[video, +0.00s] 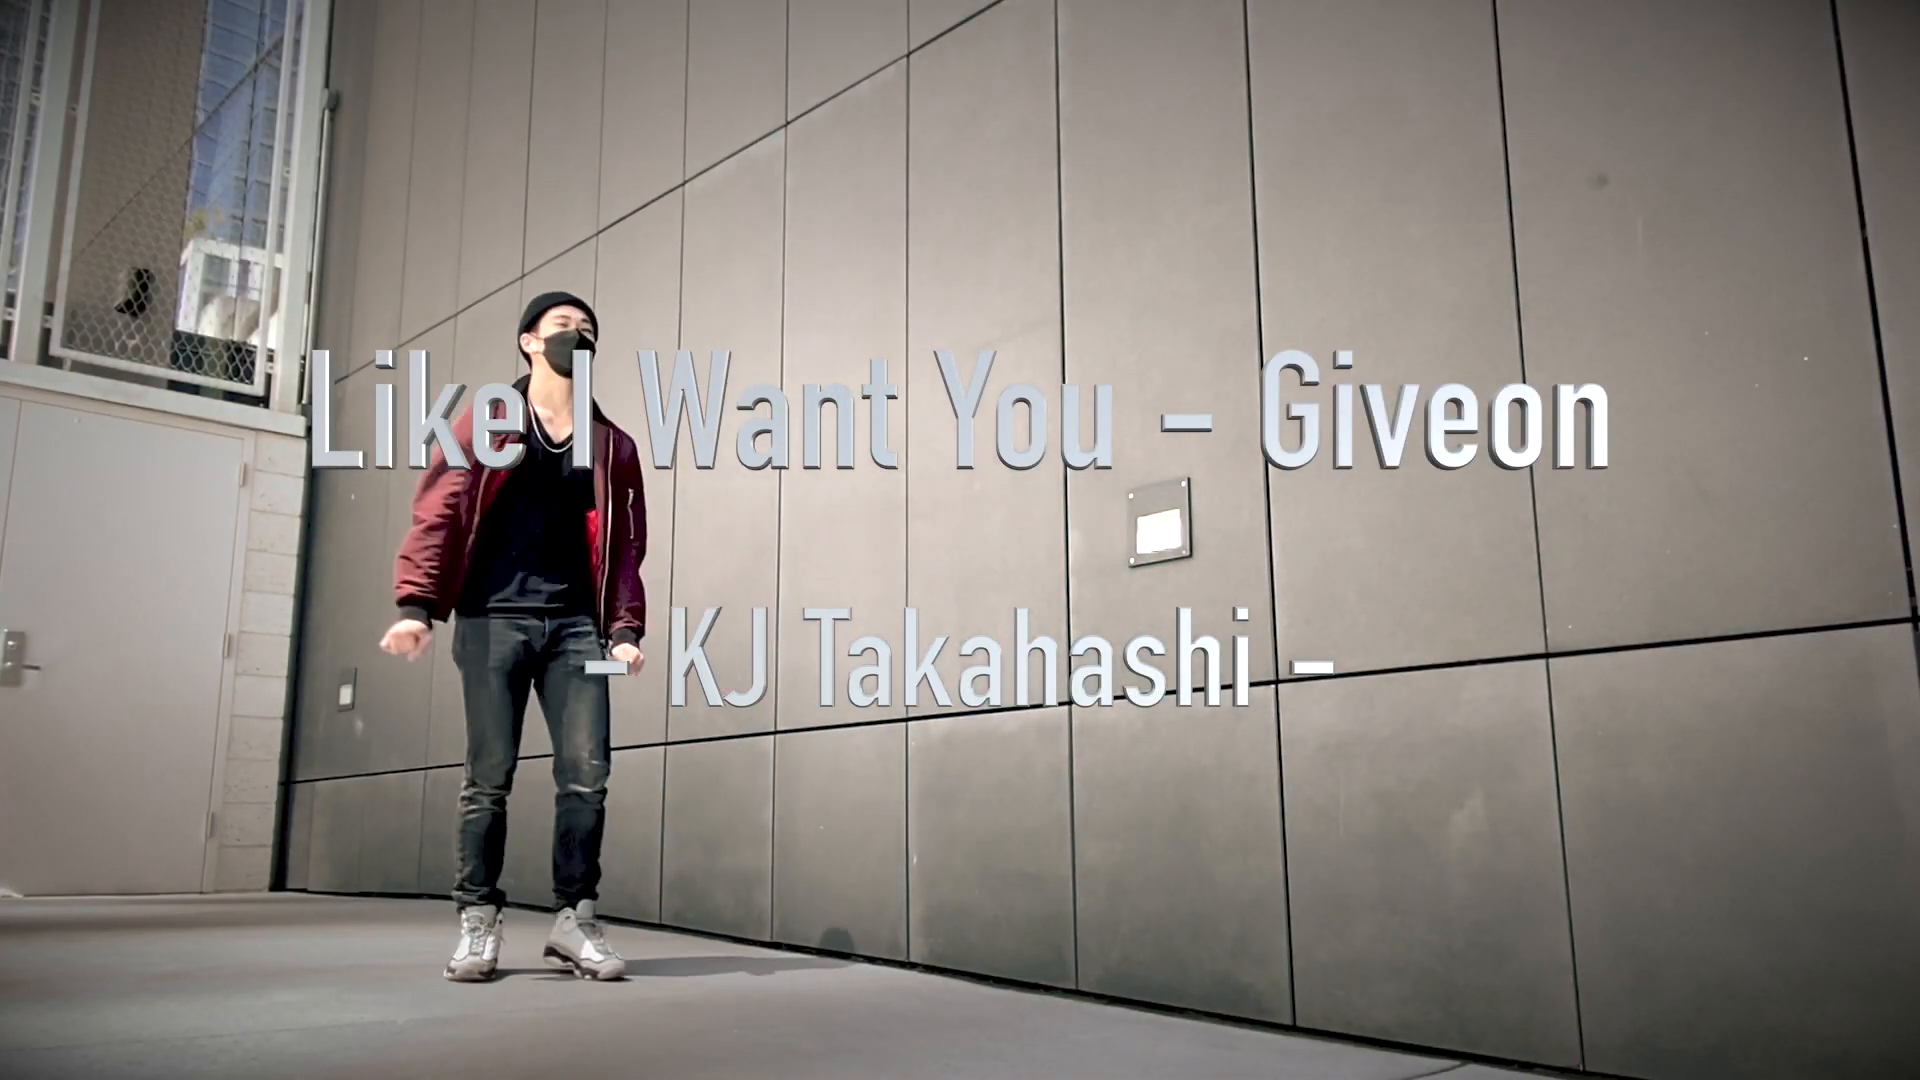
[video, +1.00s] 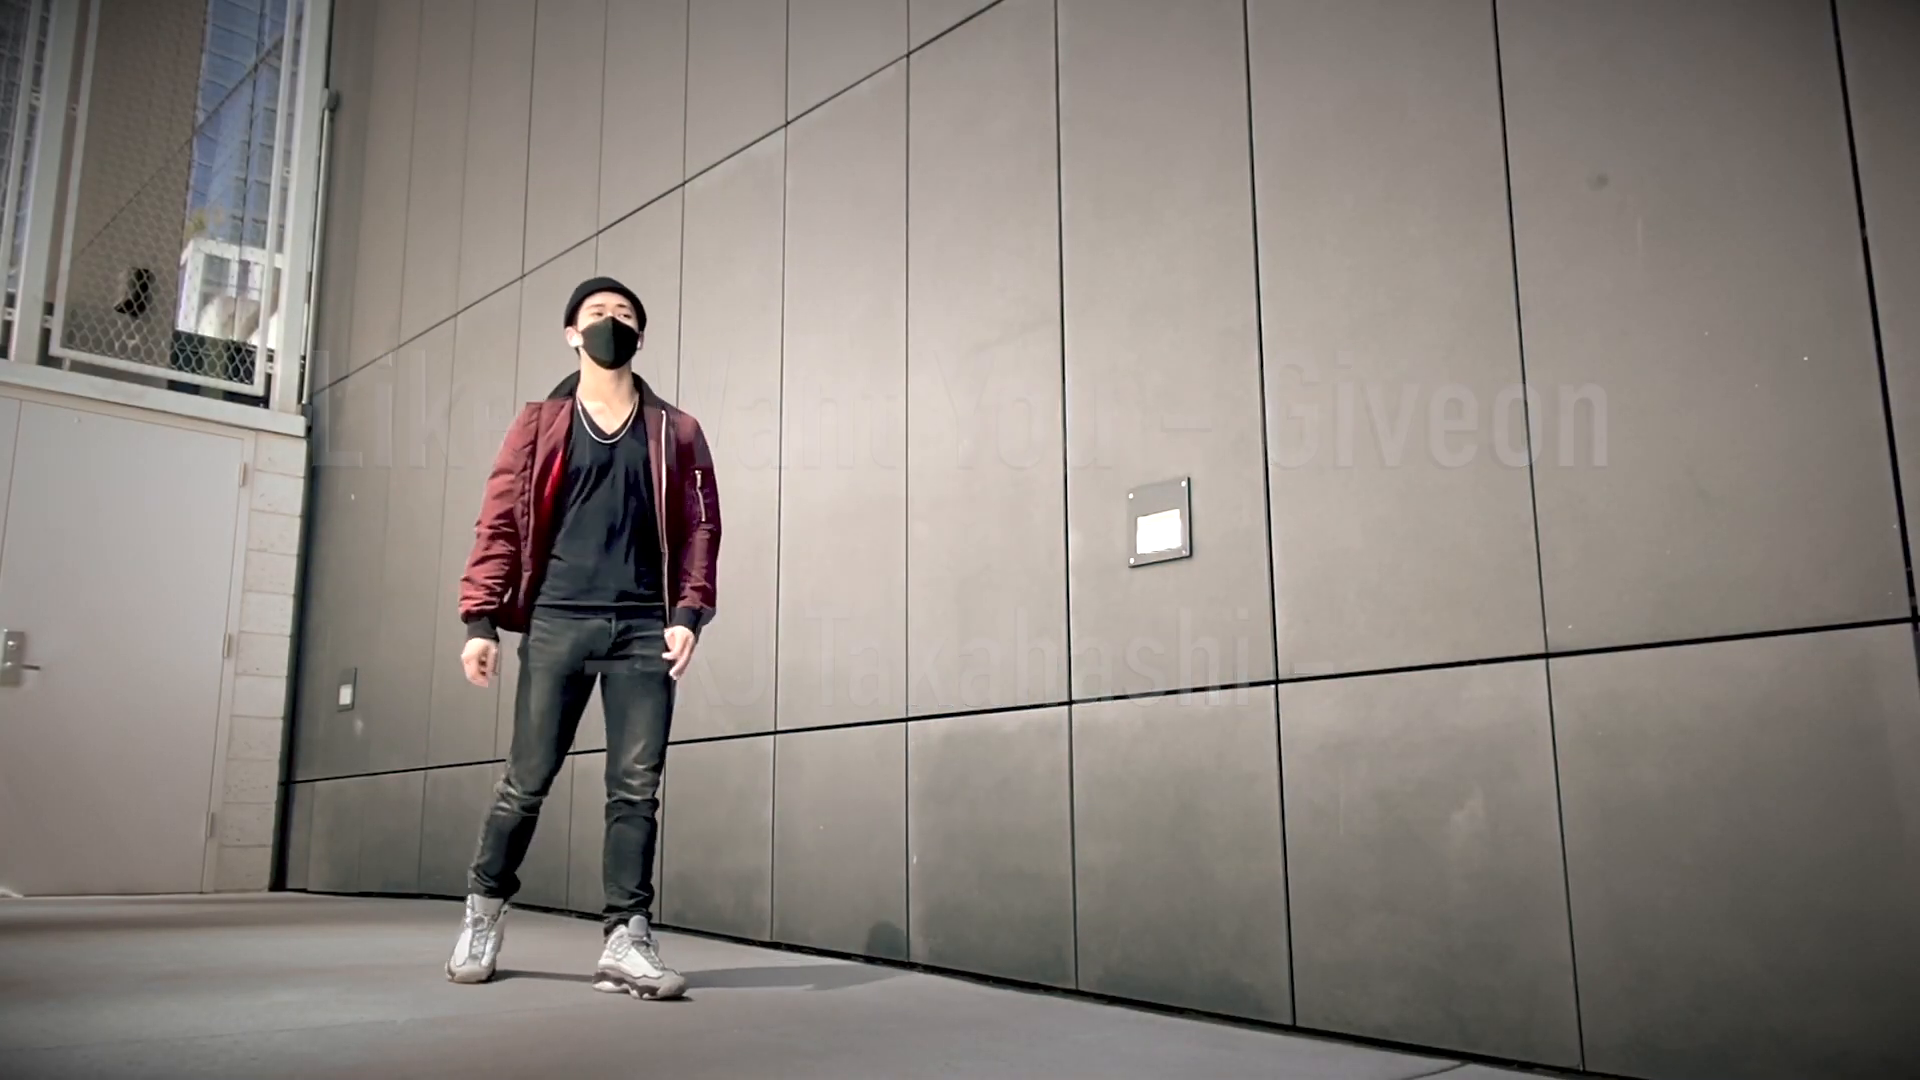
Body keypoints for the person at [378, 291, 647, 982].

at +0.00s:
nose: (575, 331)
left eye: (585, 326)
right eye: (560, 322)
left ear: (595, 350)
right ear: (528, 345)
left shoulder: (613, 443)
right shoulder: (482, 419)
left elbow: (627, 545)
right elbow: (436, 513)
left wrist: (625, 625)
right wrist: (415, 606)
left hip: (576, 625)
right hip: (492, 623)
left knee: (588, 775)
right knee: (490, 778)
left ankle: (575, 921)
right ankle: (477, 923)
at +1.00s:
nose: (612, 319)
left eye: (624, 312)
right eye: (597, 311)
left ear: (641, 339)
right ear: (570, 336)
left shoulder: (678, 431)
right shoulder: (538, 424)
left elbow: (700, 529)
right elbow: (499, 526)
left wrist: (689, 613)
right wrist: (480, 621)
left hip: (643, 632)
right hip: (554, 627)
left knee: (637, 786)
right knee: (526, 784)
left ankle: (626, 937)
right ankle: (482, 916)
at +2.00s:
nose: (732, 324)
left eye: (737, 315)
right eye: (715, 313)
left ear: (738, 333)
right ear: (674, 327)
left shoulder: (738, 424)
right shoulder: (636, 409)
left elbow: (765, 514)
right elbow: (561, 477)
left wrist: (767, 605)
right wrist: (532, 568)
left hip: (708, 628)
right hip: (633, 620)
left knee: (735, 776)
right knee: (601, 785)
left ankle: (644, 916)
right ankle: (495, 888)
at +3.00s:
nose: (653, 346)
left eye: (656, 336)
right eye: (639, 332)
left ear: (644, 346)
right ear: (591, 335)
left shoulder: (653, 431)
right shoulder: (541, 411)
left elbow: (687, 517)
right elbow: (568, 514)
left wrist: (744, 605)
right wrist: (647, 606)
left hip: (577, 628)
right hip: (499, 618)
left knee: (607, 778)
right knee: (516, 787)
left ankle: (575, 948)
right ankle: (423, 902)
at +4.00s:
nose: (475, 289)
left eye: (485, 273)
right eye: (474, 276)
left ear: (533, 274)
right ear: (526, 279)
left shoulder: (553, 338)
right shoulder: (512, 362)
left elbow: (537, 424)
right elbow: (452, 455)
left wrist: (472, 456)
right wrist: (362, 489)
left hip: (552, 593)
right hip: (576, 595)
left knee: (421, 747)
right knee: (572, 776)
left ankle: (474, 922)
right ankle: (679, 917)